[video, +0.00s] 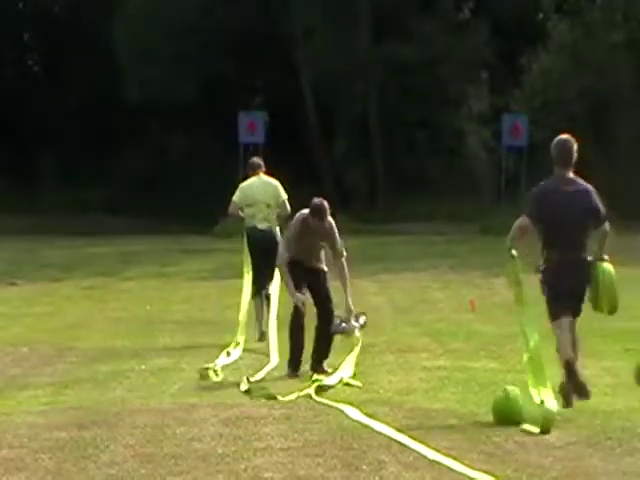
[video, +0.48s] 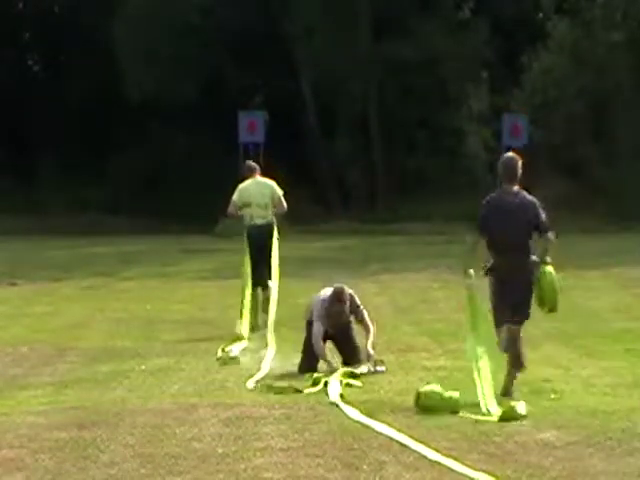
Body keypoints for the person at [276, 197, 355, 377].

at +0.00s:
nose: (321, 224)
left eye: (324, 221)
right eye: (317, 221)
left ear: (328, 216)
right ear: (310, 216)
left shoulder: (329, 225)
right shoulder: (299, 221)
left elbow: (340, 259)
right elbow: (281, 259)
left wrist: (348, 300)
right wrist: (293, 293)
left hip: (317, 267)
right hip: (296, 265)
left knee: (327, 314)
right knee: (299, 310)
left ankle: (318, 363)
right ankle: (294, 365)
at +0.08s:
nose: (326, 236)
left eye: (329, 233)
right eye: (322, 233)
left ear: (332, 228)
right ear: (315, 228)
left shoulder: (334, 235)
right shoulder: (304, 232)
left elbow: (344, 270)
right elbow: (288, 270)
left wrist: (352, 312)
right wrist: (298, 305)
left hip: (320, 270)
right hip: (300, 269)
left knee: (334, 317)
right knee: (302, 309)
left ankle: (320, 364)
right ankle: (291, 361)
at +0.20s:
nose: (333, 256)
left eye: (336, 252)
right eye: (330, 253)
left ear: (339, 248)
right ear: (322, 250)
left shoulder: (341, 256)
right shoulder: (309, 256)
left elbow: (350, 296)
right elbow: (304, 304)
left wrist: (358, 336)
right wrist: (309, 337)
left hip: (328, 284)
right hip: (307, 284)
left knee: (344, 328)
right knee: (298, 328)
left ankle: (328, 355)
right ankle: (296, 366)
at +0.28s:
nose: (339, 275)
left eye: (342, 271)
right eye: (336, 272)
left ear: (344, 268)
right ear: (328, 269)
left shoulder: (346, 272)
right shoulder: (315, 274)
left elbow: (353, 310)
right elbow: (312, 322)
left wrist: (364, 345)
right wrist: (321, 356)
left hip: (332, 299)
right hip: (311, 297)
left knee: (345, 348)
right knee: (299, 337)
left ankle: (335, 374)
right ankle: (291, 370)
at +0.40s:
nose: (342, 303)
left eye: (344, 299)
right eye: (338, 299)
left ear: (347, 294)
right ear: (331, 296)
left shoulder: (349, 291)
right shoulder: (320, 299)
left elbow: (367, 322)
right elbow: (315, 340)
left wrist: (367, 346)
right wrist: (323, 366)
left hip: (339, 323)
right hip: (318, 323)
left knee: (350, 360)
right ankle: (301, 355)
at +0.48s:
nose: (342, 306)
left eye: (345, 303)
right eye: (339, 304)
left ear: (348, 300)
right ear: (332, 301)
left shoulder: (350, 298)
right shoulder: (321, 302)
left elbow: (369, 326)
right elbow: (316, 339)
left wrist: (369, 347)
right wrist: (327, 361)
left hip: (342, 327)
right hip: (320, 326)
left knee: (353, 355)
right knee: (309, 359)